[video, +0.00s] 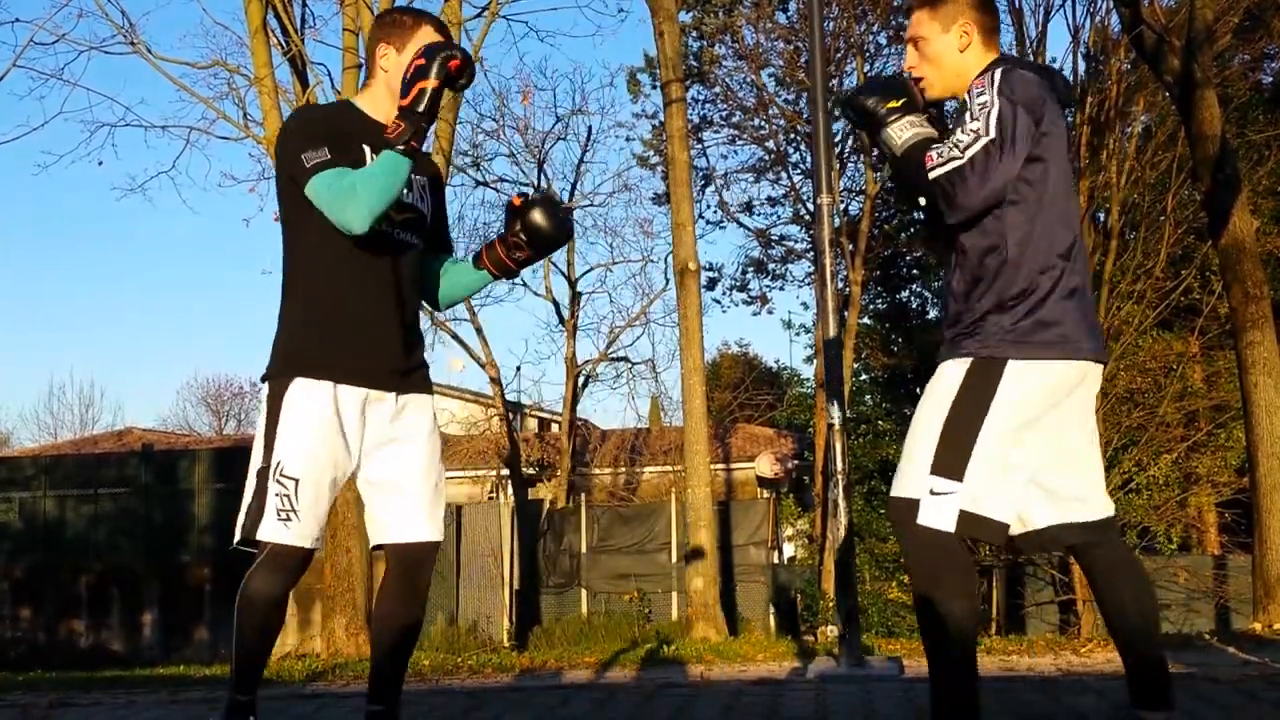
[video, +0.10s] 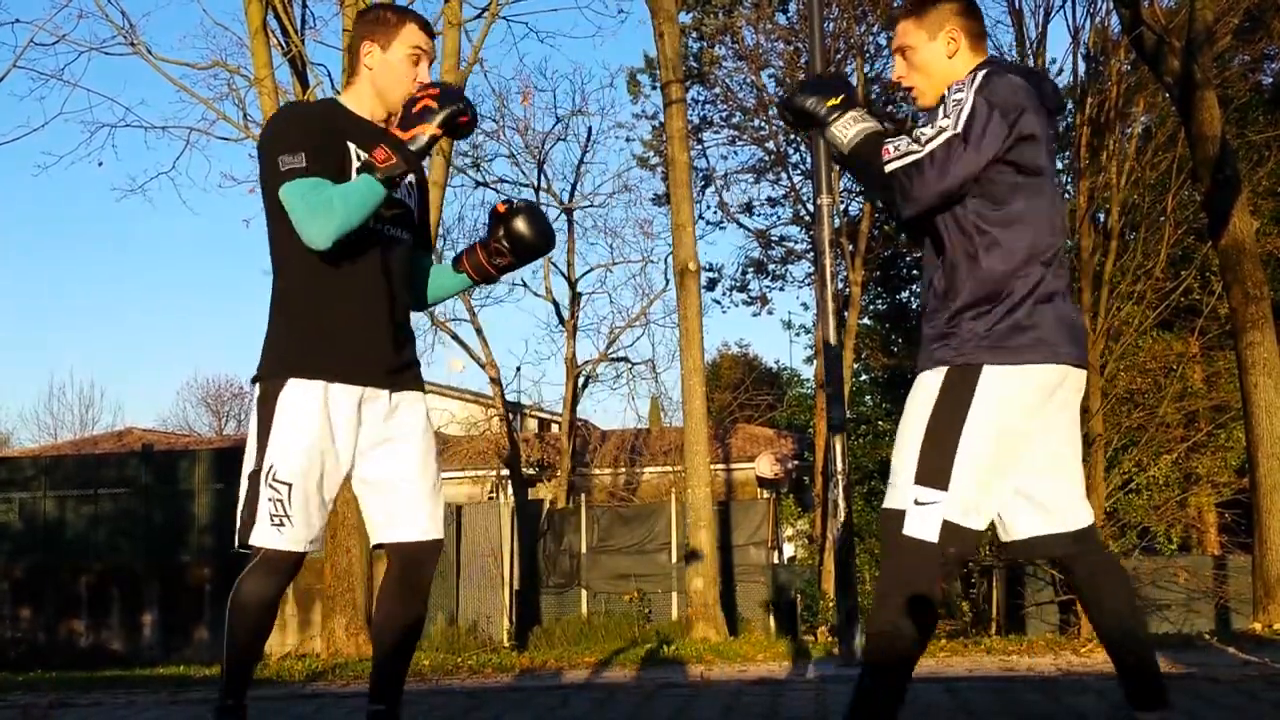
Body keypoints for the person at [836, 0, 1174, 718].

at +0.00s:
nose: (907, 61)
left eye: (918, 43)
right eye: (907, 44)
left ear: (967, 38)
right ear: (967, 37)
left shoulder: (1002, 85)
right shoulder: (1027, 93)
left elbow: (962, 191)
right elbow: (955, 216)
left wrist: (913, 138)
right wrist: (906, 144)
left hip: (1008, 340)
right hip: (1059, 339)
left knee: (922, 514)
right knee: (1088, 524)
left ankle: (954, 714)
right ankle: (1155, 702)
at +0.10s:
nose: (898, 71)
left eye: (905, 52)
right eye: (896, 56)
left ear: (953, 41)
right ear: (954, 45)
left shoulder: (989, 93)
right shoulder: (1002, 99)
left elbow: (913, 185)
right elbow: (918, 198)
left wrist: (850, 125)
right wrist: (852, 130)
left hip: (985, 347)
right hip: (1039, 344)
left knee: (914, 530)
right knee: (1061, 529)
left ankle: (868, 717)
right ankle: (1151, 703)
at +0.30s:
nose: (821, 88)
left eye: (831, 71)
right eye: (822, 72)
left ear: (879, 68)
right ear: (889, 73)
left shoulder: (902, 121)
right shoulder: (943, 125)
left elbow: (905, 247)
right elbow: (922, 249)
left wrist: (829, 227)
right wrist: (835, 217)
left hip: (907, 369)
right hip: (978, 371)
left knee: (810, 543)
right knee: (1021, 537)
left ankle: (805, 718)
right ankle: (1135, 698)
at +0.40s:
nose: (781, 80)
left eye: (789, 64)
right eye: (781, 66)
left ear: (837, 58)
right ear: (850, 60)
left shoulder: (859, 115)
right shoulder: (912, 121)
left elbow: (839, 223)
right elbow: (860, 233)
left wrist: (763, 196)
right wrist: (776, 196)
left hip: (881, 360)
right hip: (954, 357)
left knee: (808, 533)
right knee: (950, 522)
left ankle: (803, 716)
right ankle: (1080, 686)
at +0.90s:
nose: (839, 104)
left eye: (849, 89)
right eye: (840, 91)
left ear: (896, 89)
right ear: (906, 95)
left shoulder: (906, 145)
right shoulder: (952, 153)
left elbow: (905, 248)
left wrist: (813, 245)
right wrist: (803, 232)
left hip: (911, 381)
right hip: (971, 383)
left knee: (840, 544)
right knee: (958, 540)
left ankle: (804, 711)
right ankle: (1066, 688)